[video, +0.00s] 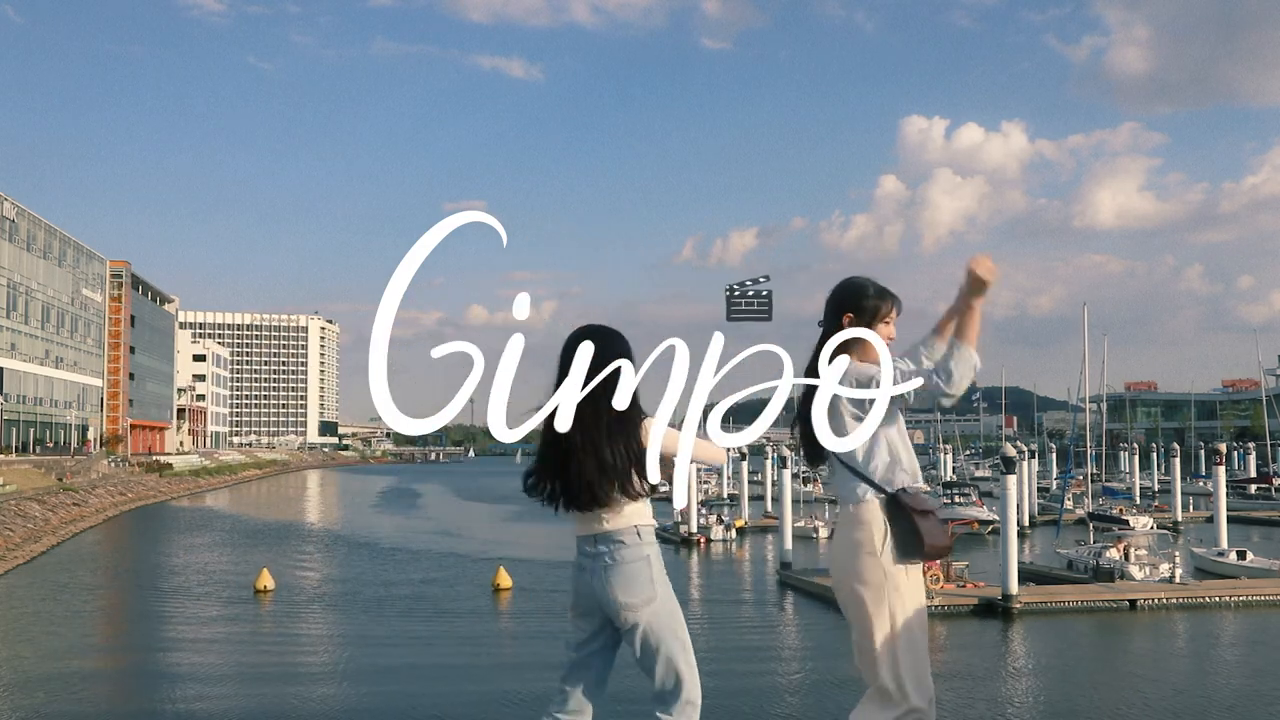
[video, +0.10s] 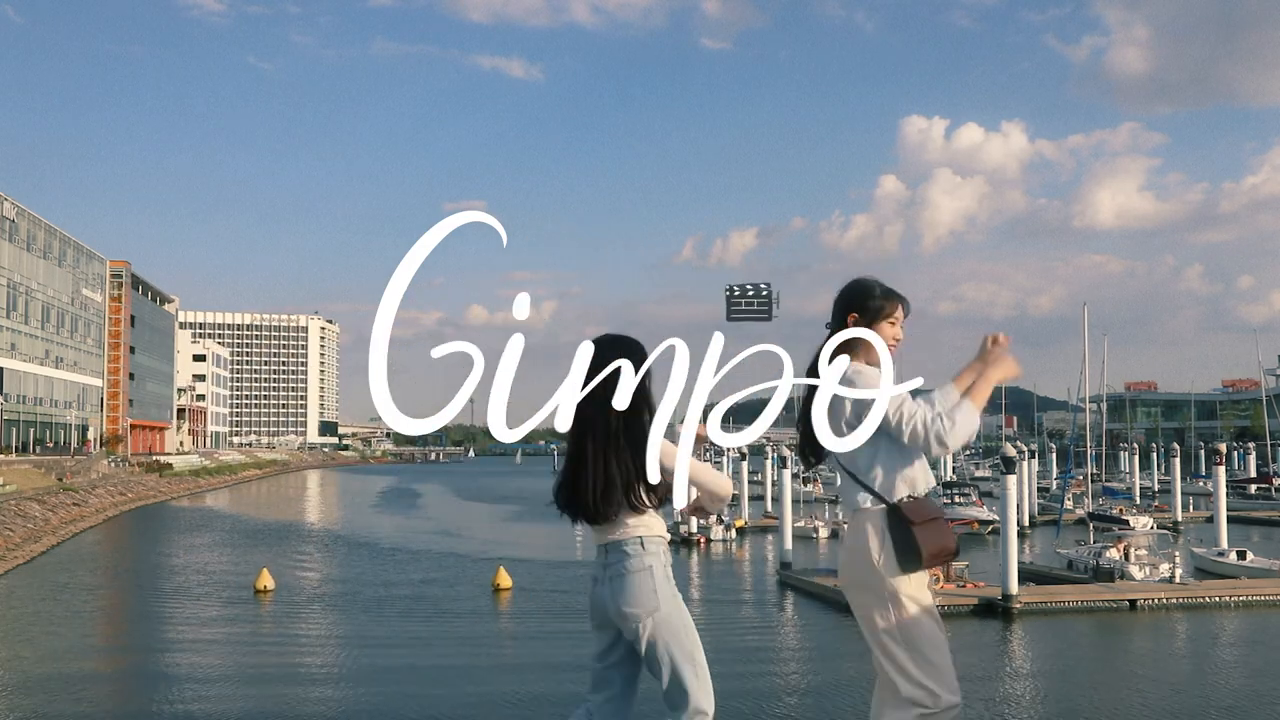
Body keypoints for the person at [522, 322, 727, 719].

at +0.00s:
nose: (633, 374)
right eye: (628, 366)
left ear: (569, 373)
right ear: (624, 370)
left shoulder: (564, 433)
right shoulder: (638, 429)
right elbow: (716, 454)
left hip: (587, 569)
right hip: (636, 568)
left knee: (577, 691)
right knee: (681, 693)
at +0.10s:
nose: (649, 386)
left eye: (645, 377)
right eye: (644, 377)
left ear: (588, 384)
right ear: (637, 383)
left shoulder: (586, 444)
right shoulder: (640, 439)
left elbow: (642, 483)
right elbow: (721, 487)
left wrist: (684, 443)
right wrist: (701, 507)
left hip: (605, 577)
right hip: (645, 578)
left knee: (605, 703)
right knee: (696, 702)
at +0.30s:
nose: (676, 380)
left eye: (675, 370)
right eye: (669, 370)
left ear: (646, 377)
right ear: (648, 375)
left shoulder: (658, 427)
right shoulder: (635, 441)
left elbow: (709, 457)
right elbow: (705, 475)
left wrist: (727, 427)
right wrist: (733, 426)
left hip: (672, 568)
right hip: (656, 573)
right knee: (696, 701)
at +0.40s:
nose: (686, 364)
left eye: (687, 353)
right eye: (678, 352)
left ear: (685, 359)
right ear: (653, 356)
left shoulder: (679, 406)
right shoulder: (637, 426)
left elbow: (752, 425)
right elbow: (698, 462)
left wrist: (723, 410)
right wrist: (771, 443)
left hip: (696, 548)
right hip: (663, 551)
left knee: (744, 669)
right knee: (679, 694)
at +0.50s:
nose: (700, 357)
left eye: (700, 347)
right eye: (691, 347)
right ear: (661, 353)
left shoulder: (691, 405)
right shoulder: (640, 424)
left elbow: (738, 411)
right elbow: (691, 471)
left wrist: (757, 411)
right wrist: (738, 464)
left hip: (721, 543)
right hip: (680, 547)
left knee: (758, 679)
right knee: (677, 691)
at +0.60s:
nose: (709, 376)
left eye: (709, 366)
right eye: (702, 367)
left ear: (696, 371)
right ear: (675, 371)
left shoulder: (709, 413)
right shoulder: (647, 442)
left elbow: (782, 418)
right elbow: (710, 483)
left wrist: (774, 458)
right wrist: (745, 430)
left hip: (739, 551)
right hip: (695, 558)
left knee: (776, 688)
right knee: (695, 696)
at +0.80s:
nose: (731, 380)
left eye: (730, 370)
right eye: (722, 371)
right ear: (696, 375)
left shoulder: (730, 420)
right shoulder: (677, 433)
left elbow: (792, 425)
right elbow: (712, 512)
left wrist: (758, 444)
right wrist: (790, 498)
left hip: (758, 555)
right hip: (719, 559)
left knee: (784, 682)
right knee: (735, 686)